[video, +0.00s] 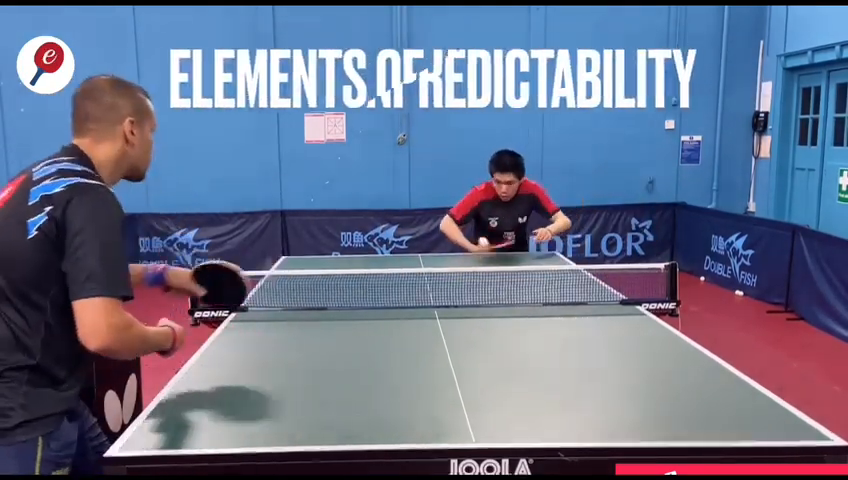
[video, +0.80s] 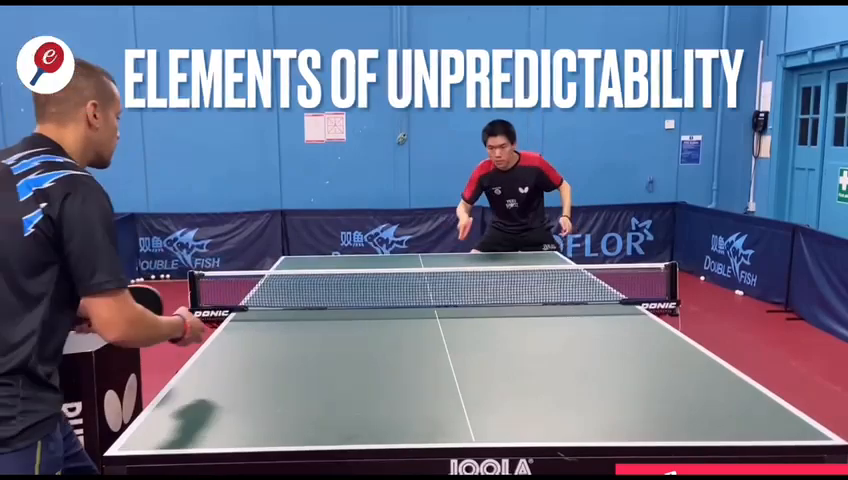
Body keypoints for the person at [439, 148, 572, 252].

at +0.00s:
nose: (503, 189)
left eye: (509, 183)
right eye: (498, 182)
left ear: (521, 179)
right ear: (492, 177)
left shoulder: (531, 189)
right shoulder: (479, 193)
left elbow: (564, 221)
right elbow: (446, 224)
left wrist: (550, 230)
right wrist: (472, 248)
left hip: (520, 262)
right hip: (486, 263)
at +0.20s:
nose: (516, 164)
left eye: (522, 158)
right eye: (511, 157)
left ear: (533, 153)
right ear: (504, 151)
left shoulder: (547, 167)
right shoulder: (496, 163)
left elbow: (568, 196)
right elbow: (462, 186)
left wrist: (572, 209)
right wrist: (448, 168)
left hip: (535, 243)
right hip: (497, 242)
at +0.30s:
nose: (526, 155)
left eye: (532, 149)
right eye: (521, 149)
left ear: (544, 146)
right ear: (515, 146)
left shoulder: (558, 167)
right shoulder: (506, 164)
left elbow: (583, 198)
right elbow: (473, 187)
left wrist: (584, 210)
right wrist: (446, 175)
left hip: (547, 244)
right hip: (509, 243)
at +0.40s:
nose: (528, 156)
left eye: (533, 149)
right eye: (522, 150)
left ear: (544, 147)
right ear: (517, 149)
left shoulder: (561, 170)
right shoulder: (511, 172)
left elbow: (588, 202)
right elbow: (485, 196)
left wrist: (584, 216)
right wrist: (458, 195)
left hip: (550, 246)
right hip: (514, 244)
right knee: (484, 274)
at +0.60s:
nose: (508, 151)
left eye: (513, 144)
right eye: (502, 145)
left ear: (524, 142)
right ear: (496, 146)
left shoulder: (543, 165)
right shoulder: (492, 171)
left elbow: (574, 195)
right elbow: (472, 197)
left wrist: (574, 217)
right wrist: (455, 210)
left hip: (541, 238)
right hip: (506, 237)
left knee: (566, 281)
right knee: (472, 269)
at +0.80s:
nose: (497, 154)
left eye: (502, 147)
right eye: (492, 148)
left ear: (514, 145)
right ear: (486, 149)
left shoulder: (536, 163)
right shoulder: (483, 172)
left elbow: (564, 186)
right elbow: (464, 206)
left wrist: (566, 216)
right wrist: (464, 218)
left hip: (535, 232)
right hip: (500, 234)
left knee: (560, 272)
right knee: (471, 265)